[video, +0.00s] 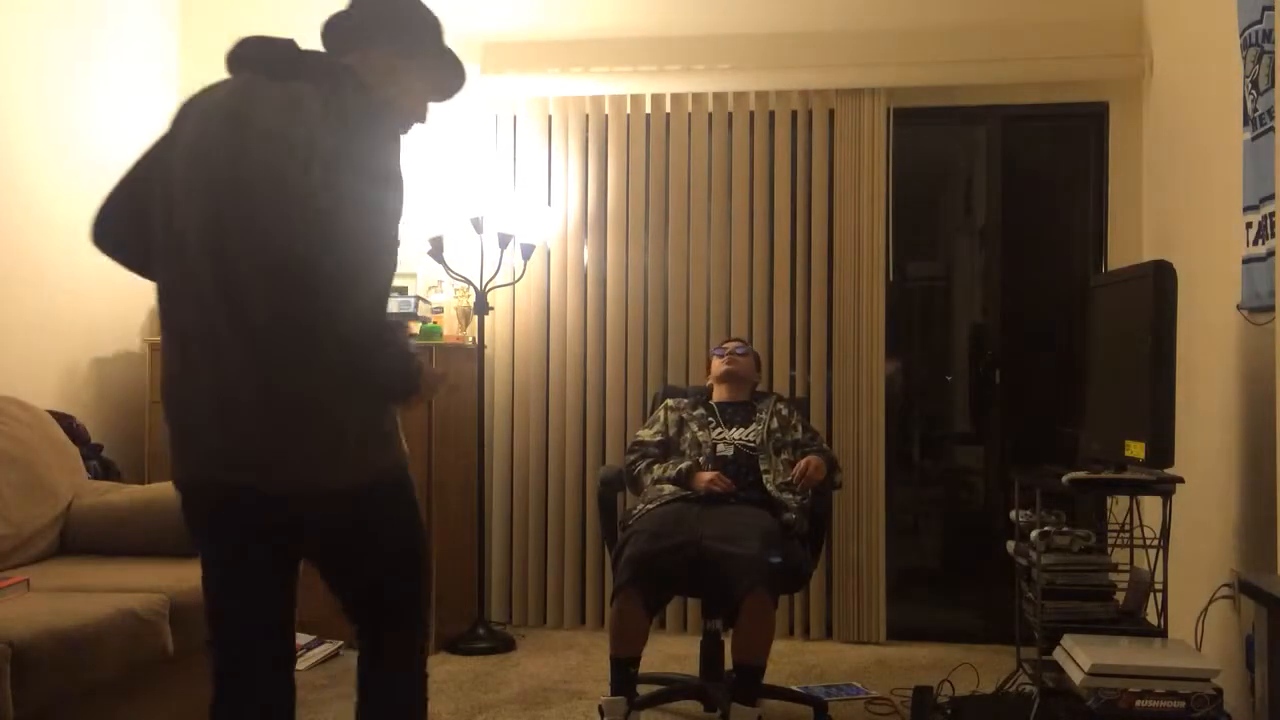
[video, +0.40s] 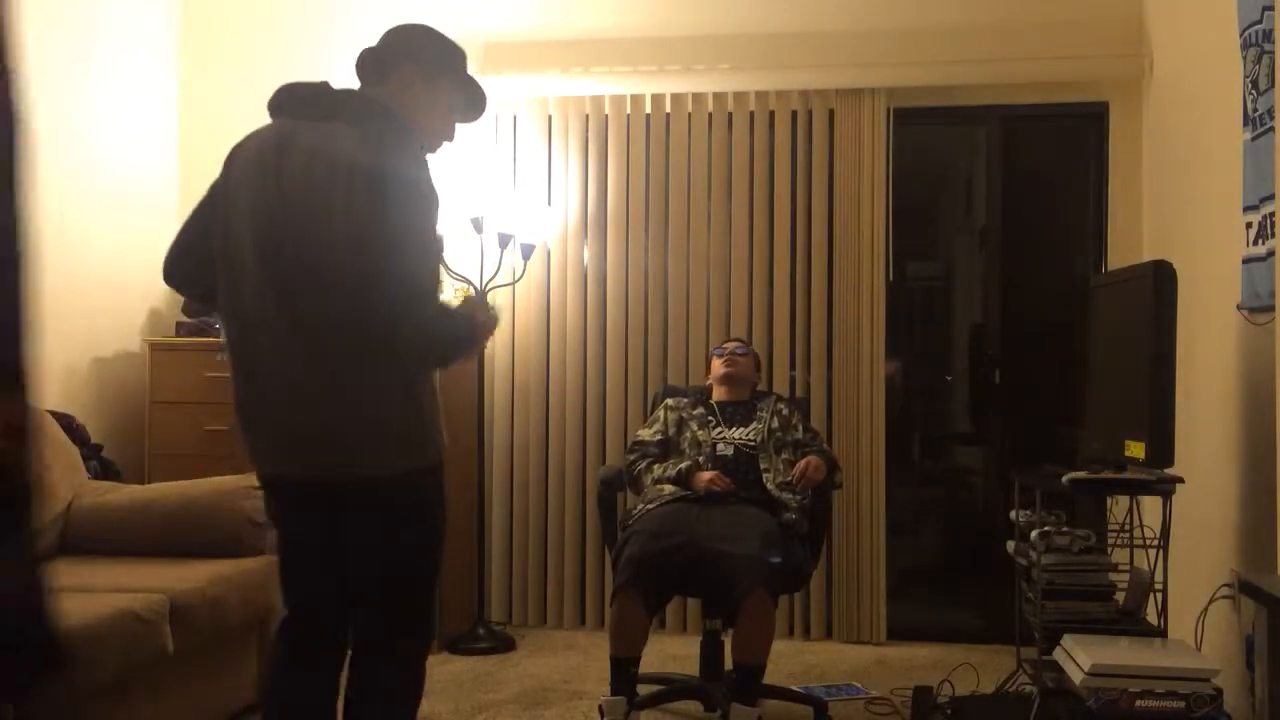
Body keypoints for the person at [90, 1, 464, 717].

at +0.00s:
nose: (422, 114)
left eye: (430, 96)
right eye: (424, 89)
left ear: (348, 52)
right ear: (381, 60)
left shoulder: (212, 109)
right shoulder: (359, 132)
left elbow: (119, 224)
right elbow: (351, 315)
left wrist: (218, 283)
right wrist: (407, 368)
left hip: (218, 455)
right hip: (333, 452)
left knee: (249, 671)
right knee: (396, 644)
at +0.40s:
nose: (451, 125)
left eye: (456, 109)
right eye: (449, 102)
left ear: (387, 79)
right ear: (405, 77)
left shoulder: (256, 150)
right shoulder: (393, 163)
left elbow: (186, 267)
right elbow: (403, 326)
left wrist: (273, 306)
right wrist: (469, 327)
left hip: (288, 447)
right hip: (385, 448)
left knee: (310, 625)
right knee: (393, 645)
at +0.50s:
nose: (447, 134)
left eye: (453, 119)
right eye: (445, 113)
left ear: (374, 96)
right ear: (402, 93)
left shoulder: (257, 171)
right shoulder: (408, 182)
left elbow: (197, 291)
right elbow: (475, 312)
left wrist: (286, 312)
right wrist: (504, 249)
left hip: (304, 450)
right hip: (402, 454)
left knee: (321, 625)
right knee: (403, 653)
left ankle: (296, 716)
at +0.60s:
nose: (447, 135)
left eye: (451, 121)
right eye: (444, 114)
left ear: (379, 96)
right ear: (403, 92)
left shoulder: (304, 160)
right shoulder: (403, 174)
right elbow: (507, 256)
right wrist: (501, 151)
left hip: (317, 432)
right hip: (406, 439)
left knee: (347, 583)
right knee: (410, 639)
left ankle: (305, 710)